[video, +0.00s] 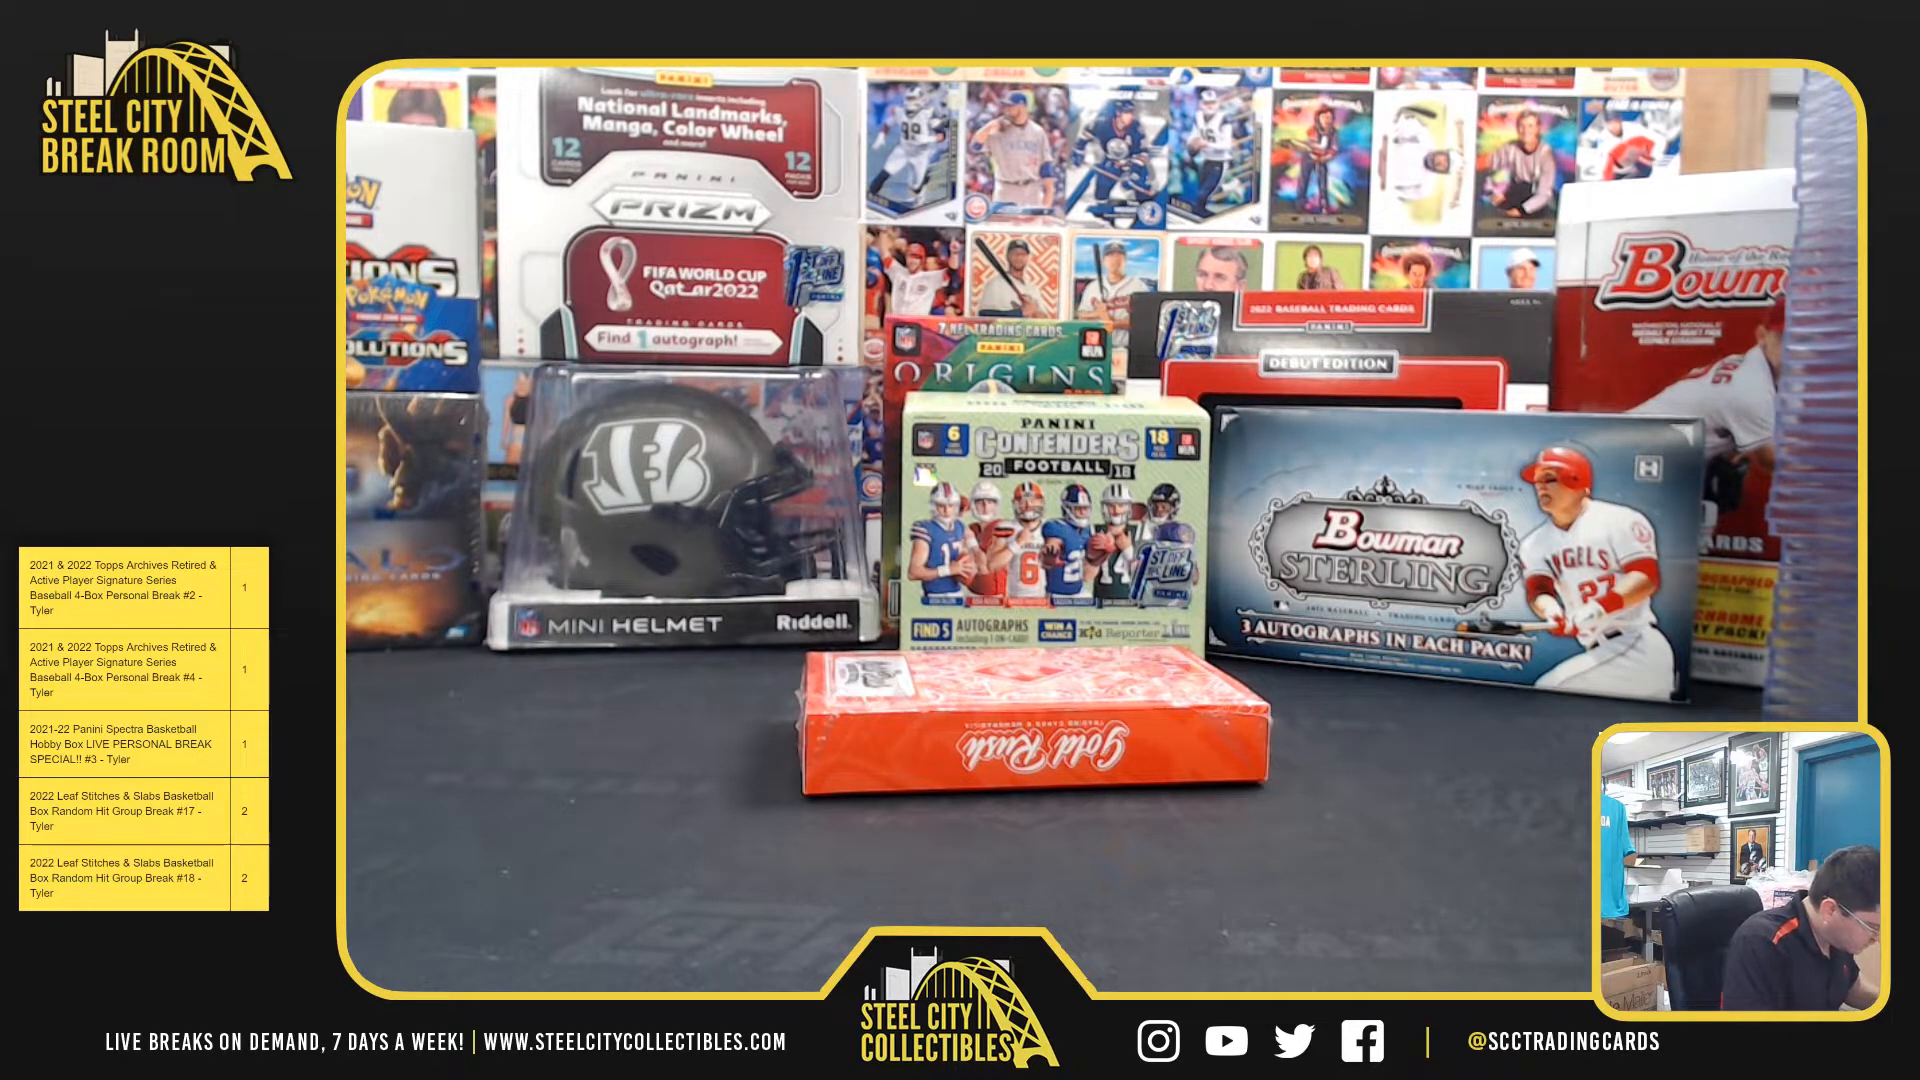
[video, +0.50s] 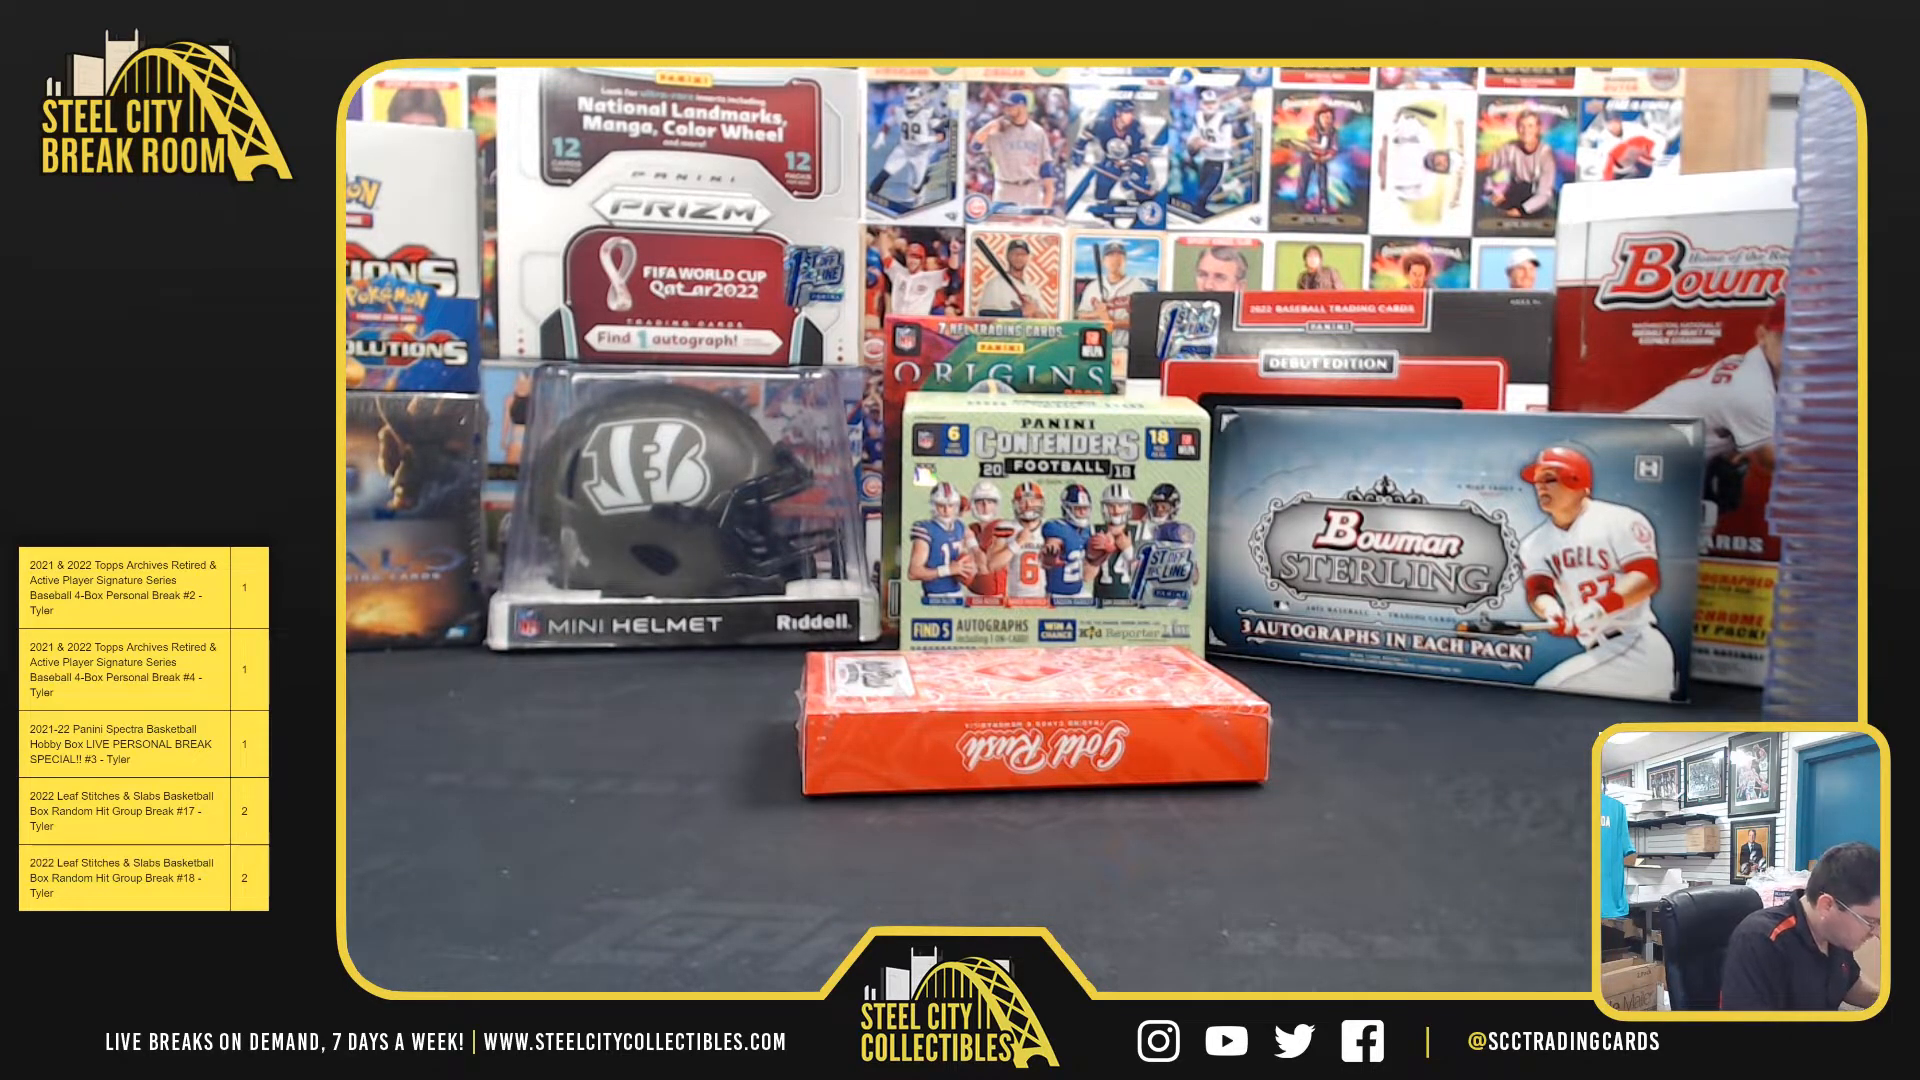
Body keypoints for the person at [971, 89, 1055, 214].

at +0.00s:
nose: (1007, 110)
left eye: (1010, 106)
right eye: (1006, 106)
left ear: (1022, 107)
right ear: (1004, 107)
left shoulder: (1038, 132)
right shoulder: (997, 129)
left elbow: (1046, 167)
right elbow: (974, 147)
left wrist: (1048, 200)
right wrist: (990, 127)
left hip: (1031, 186)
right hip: (1005, 186)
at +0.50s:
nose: (1007, 110)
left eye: (1011, 106)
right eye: (1006, 106)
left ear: (1022, 107)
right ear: (1004, 107)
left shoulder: (1038, 132)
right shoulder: (997, 129)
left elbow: (1046, 167)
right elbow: (974, 147)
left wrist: (1048, 200)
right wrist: (990, 127)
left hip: (1031, 186)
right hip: (1005, 186)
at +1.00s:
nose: (1006, 110)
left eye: (1010, 106)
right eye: (1006, 106)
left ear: (1022, 107)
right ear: (1004, 107)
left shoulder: (1038, 132)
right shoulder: (997, 129)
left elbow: (1046, 166)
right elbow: (974, 147)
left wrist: (1048, 199)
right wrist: (989, 128)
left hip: (1031, 186)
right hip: (1005, 186)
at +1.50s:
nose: (1006, 110)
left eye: (1010, 106)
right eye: (1006, 106)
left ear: (1022, 107)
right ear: (1004, 107)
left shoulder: (1038, 132)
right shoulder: (997, 129)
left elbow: (1046, 167)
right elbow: (975, 147)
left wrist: (1048, 200)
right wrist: (990, 127)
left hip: (1031, 186)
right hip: (1004, 186)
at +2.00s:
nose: (1006, 110)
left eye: (1010, 106)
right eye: (1006, 106)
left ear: (1022, 107)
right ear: (1004, 107)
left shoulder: (1038, 132)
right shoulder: (997, 129)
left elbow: (1046, 166)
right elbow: (974, 148)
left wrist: (1048, 198)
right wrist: (991, 127)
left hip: (1031, 186)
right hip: (1005, 186)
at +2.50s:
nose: (1006, 110)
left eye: (1010, 106)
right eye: (1006, 106)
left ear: (1022, 107)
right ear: (1004, 107)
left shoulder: (1038, 132)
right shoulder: (996, 129)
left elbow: (1046, 166)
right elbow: (974, 147)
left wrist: (1048, 198)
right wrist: (991, 127)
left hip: (1032, 186)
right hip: (1005, 186)